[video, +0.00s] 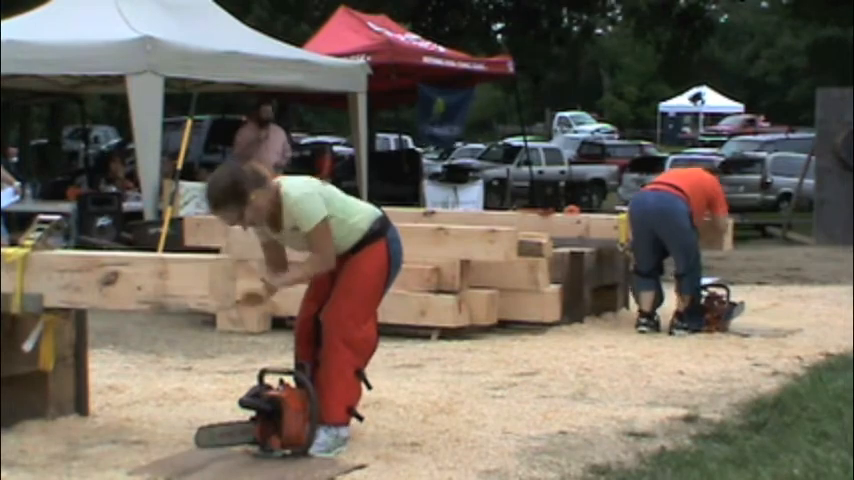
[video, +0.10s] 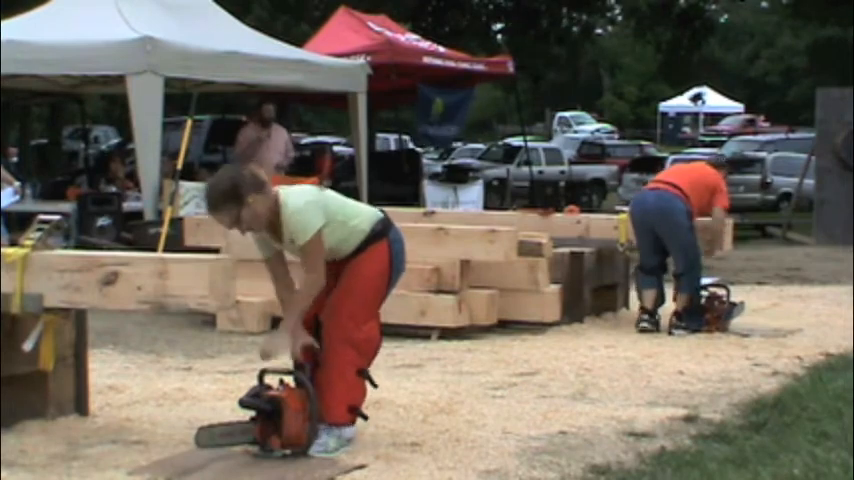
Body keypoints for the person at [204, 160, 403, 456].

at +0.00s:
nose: (244, 227)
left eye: (242, 219)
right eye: (238, 224)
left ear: (256, 198)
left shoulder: (302, 198)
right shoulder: (263, 214)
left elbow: (325, 262)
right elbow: (277, 267)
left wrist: (281, 281)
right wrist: (264, 293)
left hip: (374, 245)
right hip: (337, 254)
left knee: (338, 322)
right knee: (309, 322)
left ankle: (336, 426)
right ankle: (310, 414)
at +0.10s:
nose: (241, 232)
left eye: (239, 222)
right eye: (234, 227)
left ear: (254, 199)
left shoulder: (300, 211)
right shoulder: (262, 226)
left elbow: (316, 277)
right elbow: (283, 284)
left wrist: (285, 329)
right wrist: (298, 333)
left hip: (377, 246)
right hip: (338, 257)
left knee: (339, 321)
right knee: (307, 319)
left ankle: (340, 424)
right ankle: (313, 414)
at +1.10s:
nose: (237, 253)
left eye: (234, 244)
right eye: (230, 248)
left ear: (251, 224)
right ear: (253, 221)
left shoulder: (287, 226)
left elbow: (305, 299)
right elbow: (307, 293)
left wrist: (301, 361)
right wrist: (302, 356)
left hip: (382, 255)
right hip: (364, 257)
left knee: (334, 335)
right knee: (329, 331)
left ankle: (338, 429)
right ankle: (350, 412)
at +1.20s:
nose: (239, 239)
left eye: (234, 232)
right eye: (231, 236)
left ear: (248, 211)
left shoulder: (279, 228)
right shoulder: (282, 176)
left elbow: (296, 297)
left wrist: (298, 362)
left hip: (372, 245)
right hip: (387, 224)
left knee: (326, 330)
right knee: (356, 324)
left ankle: (335, 427)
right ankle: (352, 403)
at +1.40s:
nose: (228, 236)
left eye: (225, 227)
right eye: (223, 230)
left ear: (241, 210)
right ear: (244, 205)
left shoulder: (278, 217)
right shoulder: (281, 197)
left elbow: (295, 292)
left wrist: (283, 358)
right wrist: (284, 287)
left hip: (379, 242)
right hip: (386, 232)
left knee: (333, 330)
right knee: (353, 322)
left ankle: (337, 428)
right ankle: (365, 402)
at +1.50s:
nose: (234, 254)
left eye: (231, 245)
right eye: (227, 249)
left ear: (246, 226)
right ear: (246, 226)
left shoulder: (281, 232)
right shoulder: (273, 246)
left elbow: (306, 300)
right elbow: (286, 307)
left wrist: (281, 360)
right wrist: (280, 360)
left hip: (389, 251)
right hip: (379, 254)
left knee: (333, 331)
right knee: (334, 329)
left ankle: (337, 429)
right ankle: (350, 414)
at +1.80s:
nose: (243, 227)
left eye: (244, 217)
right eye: (237, 222)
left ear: (263, 199)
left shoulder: (296, 212)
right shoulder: (281, 238)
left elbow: (334, 265)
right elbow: (297, 297)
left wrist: (298, 309)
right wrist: (301, 357)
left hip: (392, 247)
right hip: (365, 259)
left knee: (355, 328)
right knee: (332, 325)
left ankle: (347, 427)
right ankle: (340, 414)